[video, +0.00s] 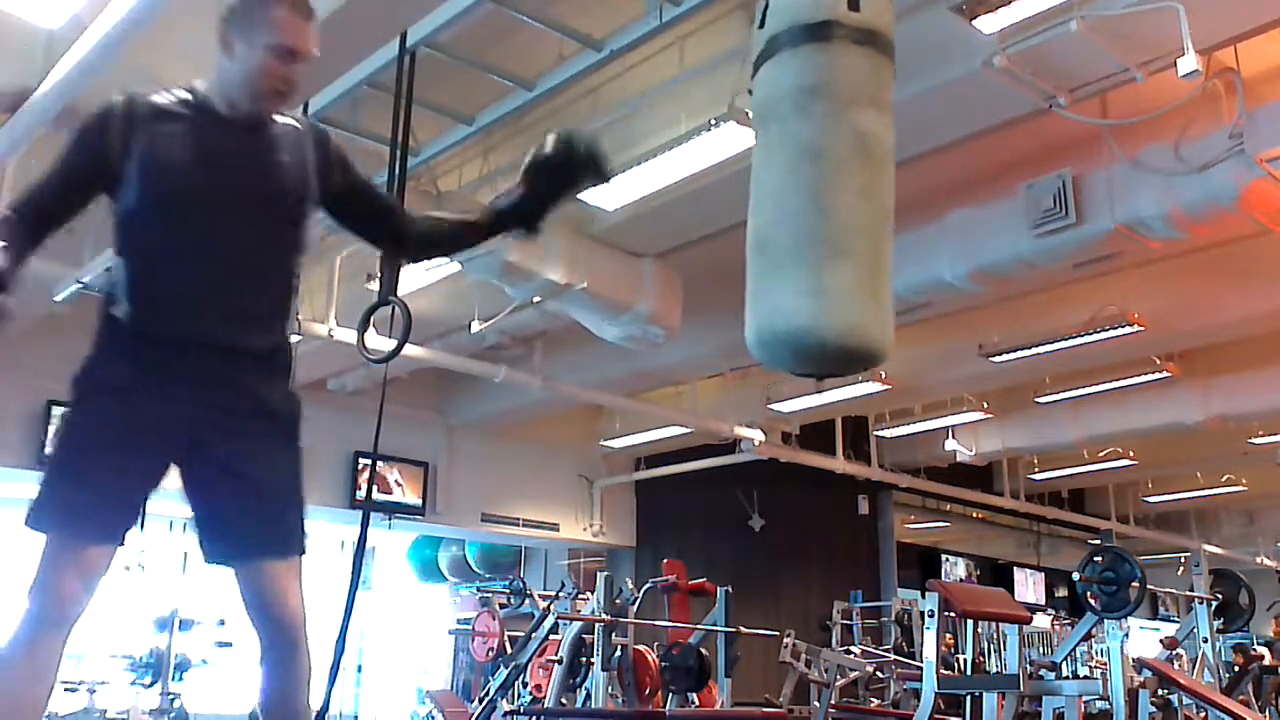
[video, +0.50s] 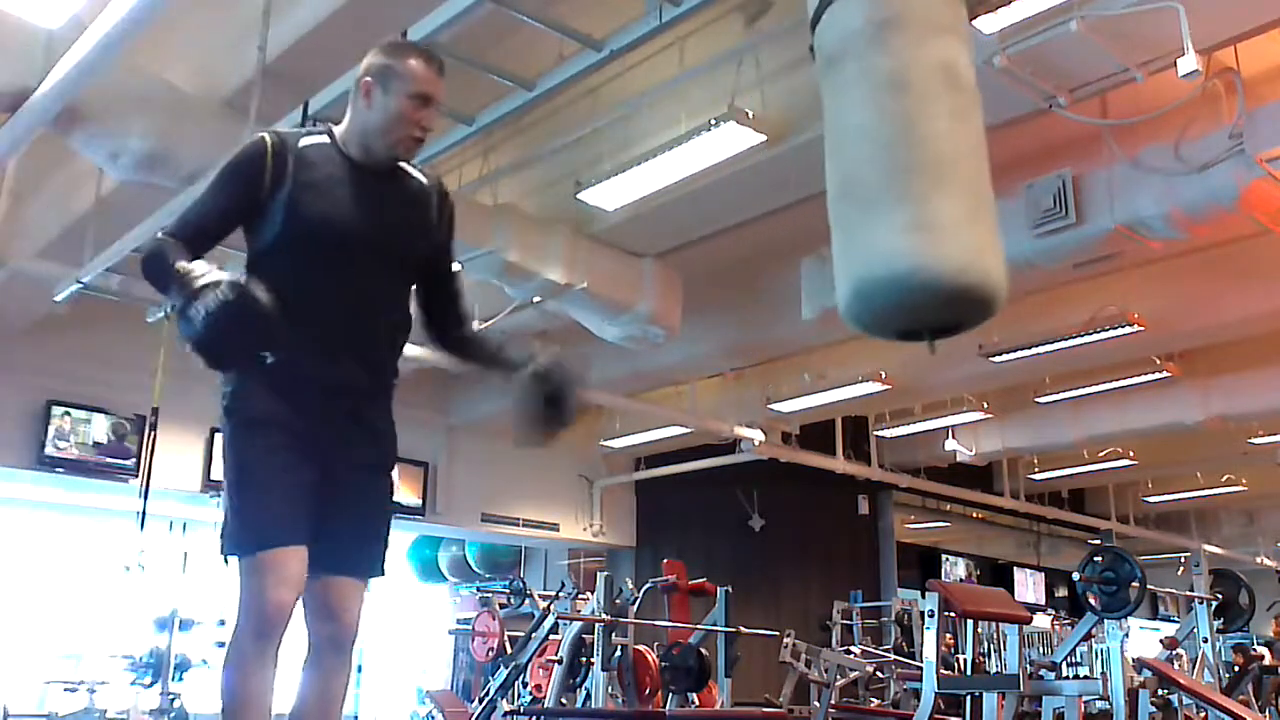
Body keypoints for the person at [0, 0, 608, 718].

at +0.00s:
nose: (295, 75)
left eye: (305, 61)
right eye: (282, 53)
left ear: (308, 64)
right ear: (228, 38)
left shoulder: (309, 153)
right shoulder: (130, 126)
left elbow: (409, 238)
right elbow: (22, 225)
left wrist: (522, 207)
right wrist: (3, 268)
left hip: (249, 397)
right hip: (132, 384)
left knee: (282, 621)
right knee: (57, 597)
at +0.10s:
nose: (332, 98)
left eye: (342, 86)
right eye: (321, 77)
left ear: (342, 89)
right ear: (266, 61)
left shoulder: (344, 172)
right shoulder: (178, 147)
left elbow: (466, 244)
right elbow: (67, 248)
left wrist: (556, 187)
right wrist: (66, 289)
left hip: (283, 415)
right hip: (174, 401)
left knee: (304, 623)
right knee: (97, 596)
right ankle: (30, 715)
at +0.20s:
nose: (371, 111)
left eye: (377, 97)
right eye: (359, 92)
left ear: (375, 105)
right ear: (307, 83)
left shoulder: (370, 189)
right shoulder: (222, 161)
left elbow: (471, 276)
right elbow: (115, 265)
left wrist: (551, 221)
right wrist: (150, 313)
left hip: (310, 426)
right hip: (213, 412)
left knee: (322, 629)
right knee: (157, 601)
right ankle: (74, 716)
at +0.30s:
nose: (401, 122)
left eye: (408, 109)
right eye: (390, 103)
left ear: (405, 118)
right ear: (338, 91)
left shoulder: (396, 205)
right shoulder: (254, 165)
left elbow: (415, 330)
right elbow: (147, 268)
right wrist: (206, 338)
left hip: (333, 414)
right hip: (243, 402)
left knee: (328, 619)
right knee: (218, 587)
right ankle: (149, 712)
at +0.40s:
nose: (419, 122)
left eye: (426, 109)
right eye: (408, 103)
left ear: (427, 116)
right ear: (356, 92)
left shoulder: (413, 204)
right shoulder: (270, 161)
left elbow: (410, 330)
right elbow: (161, 259)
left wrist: (420, 405)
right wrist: (212, 319)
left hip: (356, 414)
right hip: (265, 398)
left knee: (330, 615)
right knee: (259, 586)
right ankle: (215, 715)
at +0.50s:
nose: (428, 121)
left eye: (436, 109)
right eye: (417, 103)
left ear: (438, 116)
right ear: (367, 89)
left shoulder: (427, 201)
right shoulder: (277, 157)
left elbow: (449, 327)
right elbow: (160, 248)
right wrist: (199, 288)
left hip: (363, 418)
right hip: (272, 402)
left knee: (337, 623)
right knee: (272, 598)